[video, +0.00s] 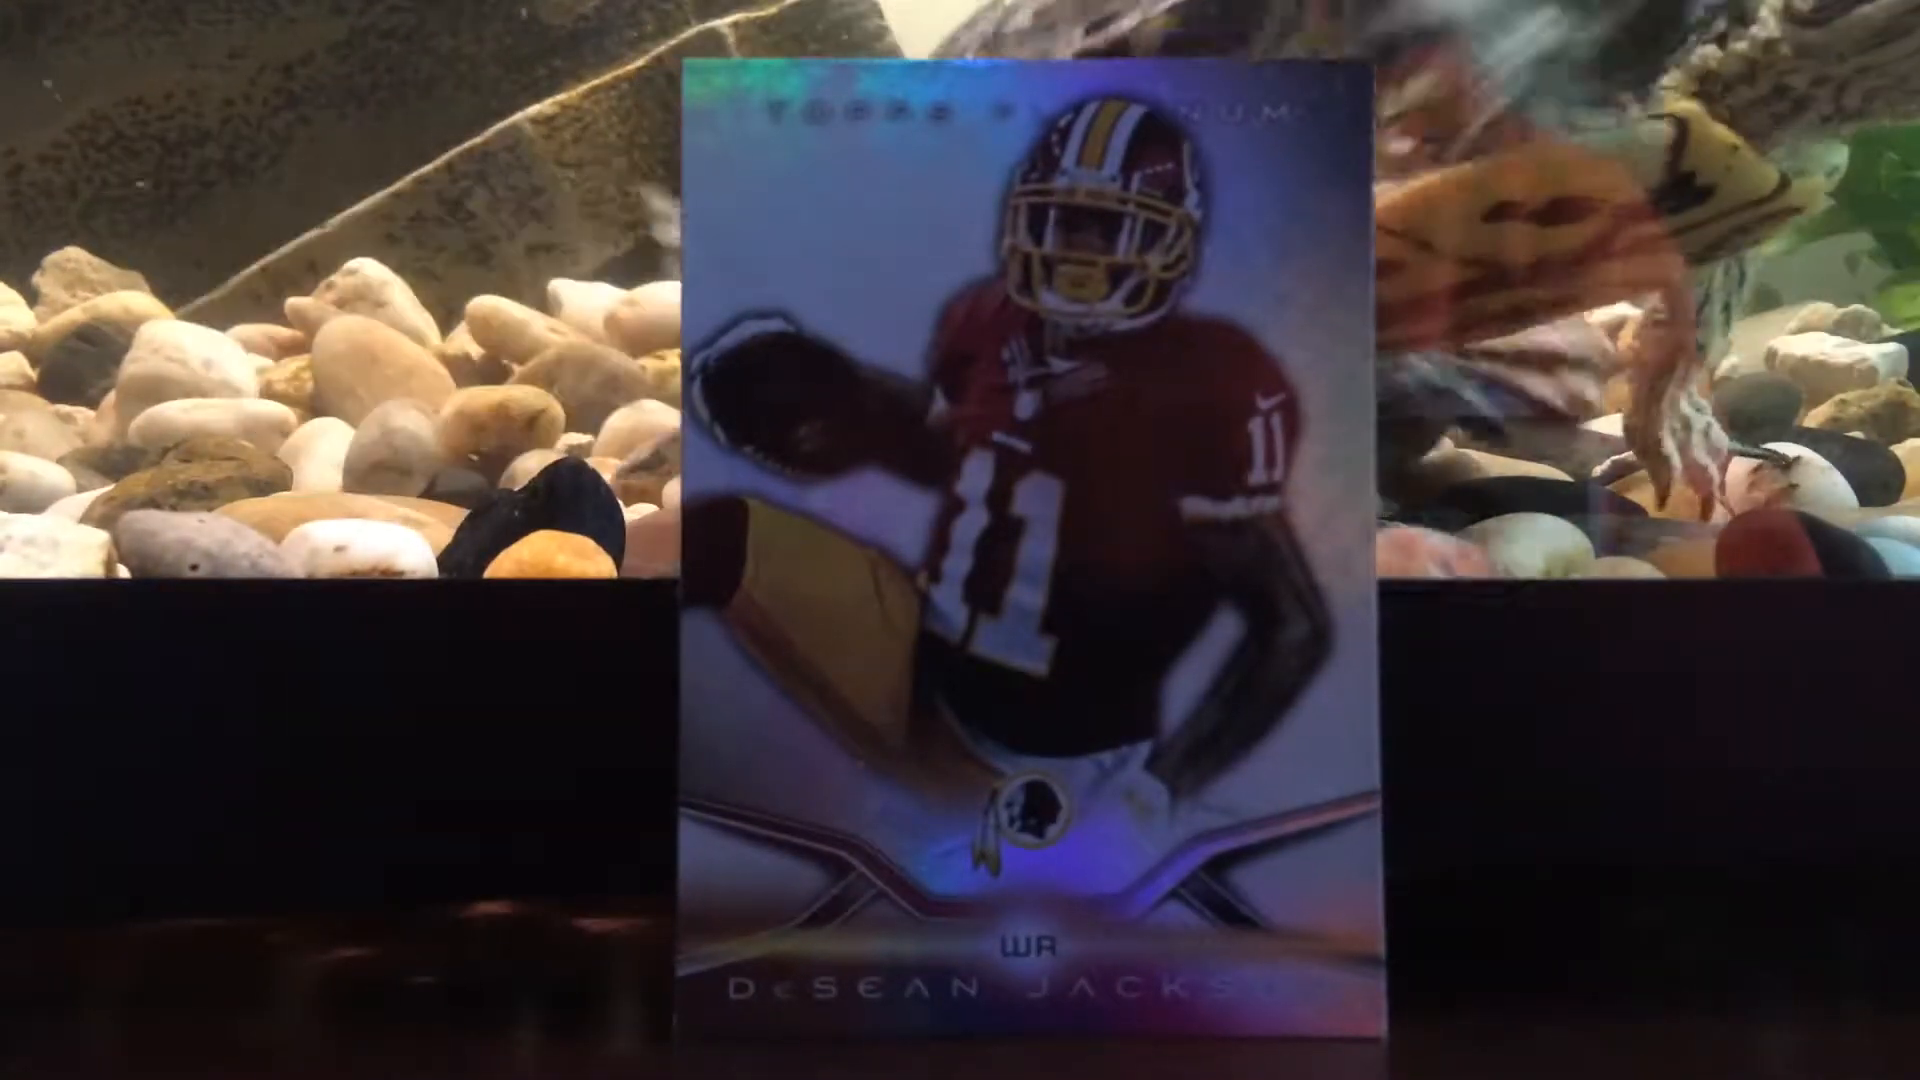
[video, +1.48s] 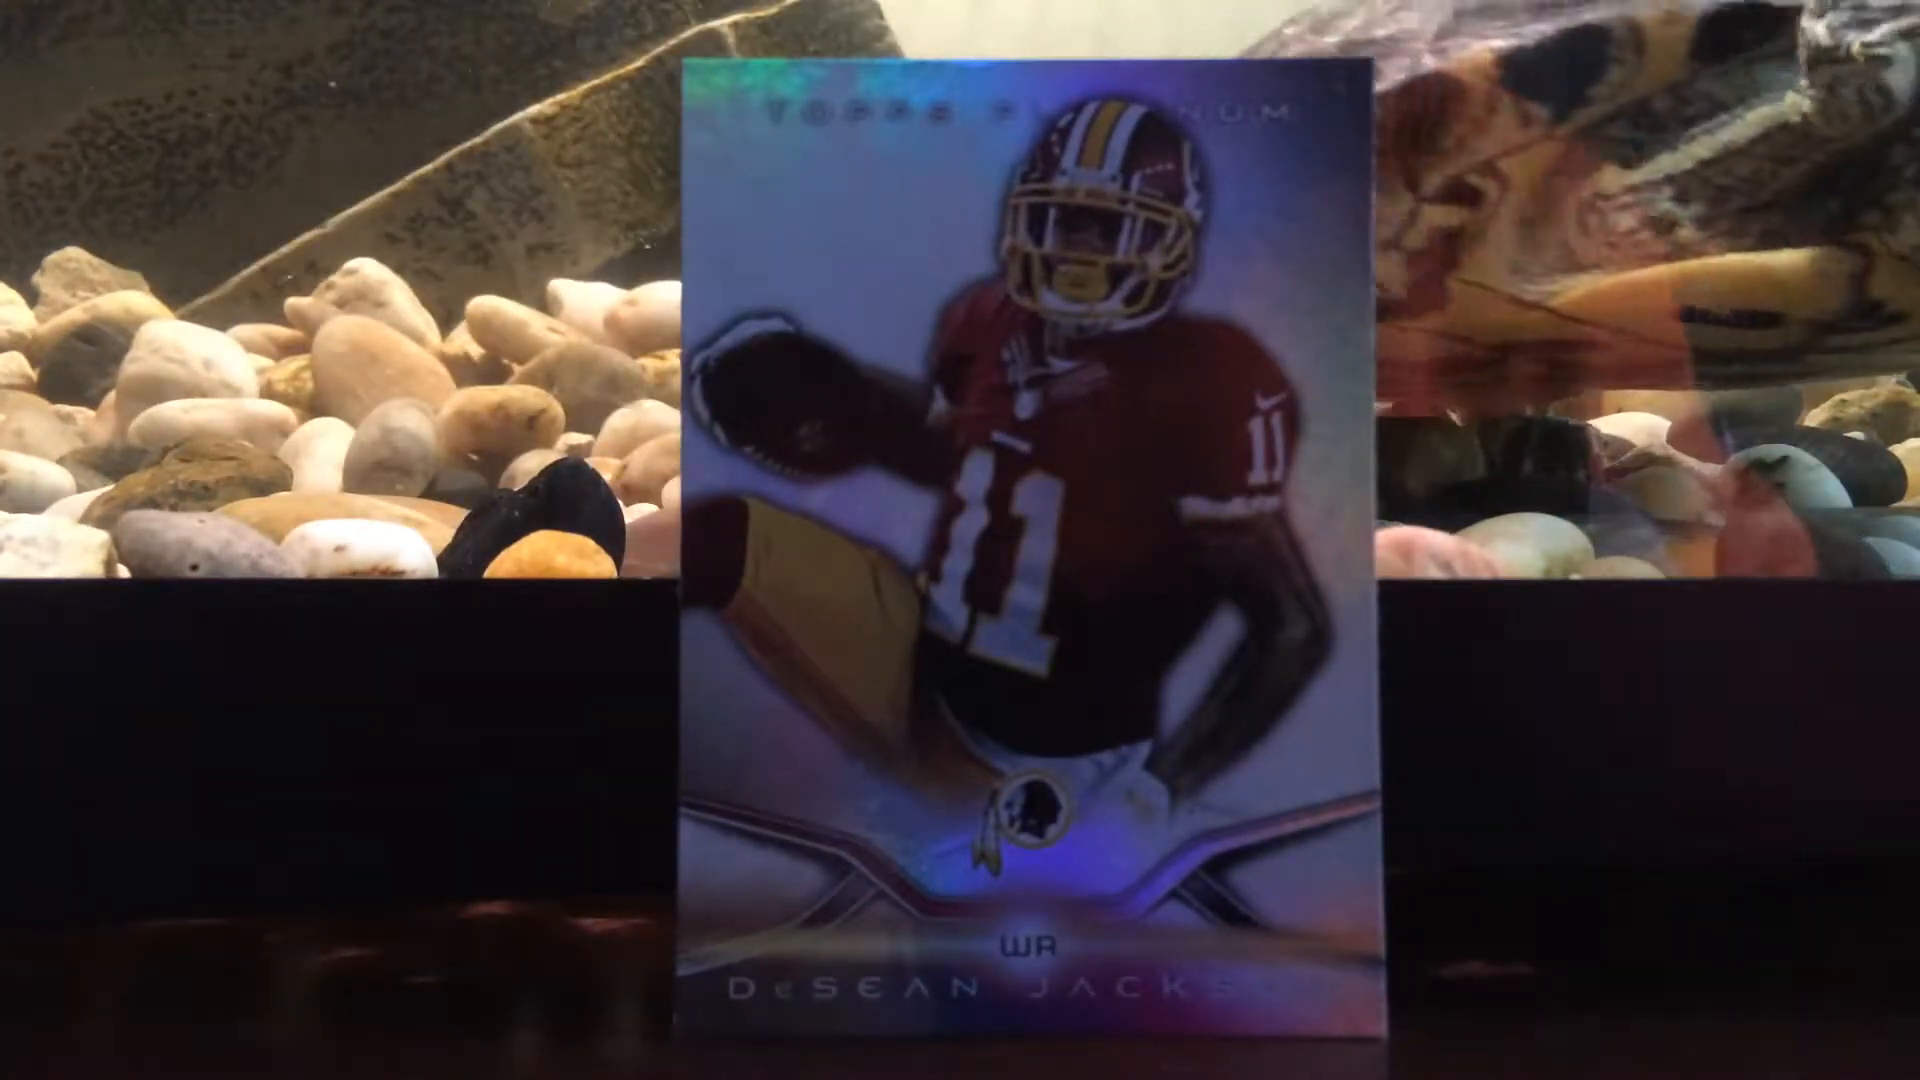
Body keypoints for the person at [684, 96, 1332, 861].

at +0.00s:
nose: (1078, 259)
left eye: (1112, 232)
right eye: (1059, 224)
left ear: (1174, 246)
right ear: (1020, 226)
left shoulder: (1217, 386)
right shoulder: (980, 325)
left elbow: (1295, 629)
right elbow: (957, 458)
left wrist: (1157, 793)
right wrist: (852, 412)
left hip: (1076, 751)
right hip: (929, 678)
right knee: (716, 537)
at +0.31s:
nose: (1079, 255)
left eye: (1114, 230)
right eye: (1060, 222)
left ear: (1176, 246)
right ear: (1021, 225)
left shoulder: (1216, 385)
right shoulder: (979, 325)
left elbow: (1294, 629)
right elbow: (956, 458)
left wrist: (1155, 791)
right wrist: (857, 414)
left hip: (1077, 750)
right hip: (929, 675)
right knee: (713, 535)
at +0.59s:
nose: (1080, 254)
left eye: (1114, 230)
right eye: (1060, 222)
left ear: (1176, 246)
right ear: (1021, 225)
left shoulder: (1217, 385)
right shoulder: (979, 325)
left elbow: (1294, 629)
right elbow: (957, 459)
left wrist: (1154, 792)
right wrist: (857, 414)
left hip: (1079, 753)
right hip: (929, 682)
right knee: (713, 537)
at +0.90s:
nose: (1081, 251)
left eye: (1115, 228)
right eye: (1061, 220)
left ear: (1176, 244)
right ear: (1021, 223)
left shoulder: (1215, 386)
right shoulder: (980, 324)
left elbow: (1295, 630)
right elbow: (958, 458)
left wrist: (1154, 793)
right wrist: (856, 414)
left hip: (1081, 754)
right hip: (931, 679)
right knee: (713, 535)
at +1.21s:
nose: (1079, 251)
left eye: (1114, 228)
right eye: (1061, 220)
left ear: (1176, 244)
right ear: (1021, 223)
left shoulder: (1215, 386)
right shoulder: (980, 325)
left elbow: (1295, 631)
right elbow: (959, 460)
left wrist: (1154, 793)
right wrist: (856, 416)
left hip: (1077, 758)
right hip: (928, 680)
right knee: (711, 535)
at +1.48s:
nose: (1079, 253)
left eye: (1113, 229)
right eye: (1060, 221)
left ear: (1175, 244)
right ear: (1021, 225)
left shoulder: (1214, 384)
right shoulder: (980, 325)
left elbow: (1294, 629)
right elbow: (954, 457)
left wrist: (1155, 793)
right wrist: (851, 410)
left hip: (1077, 758)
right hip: (926, 681)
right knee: (714, 536)